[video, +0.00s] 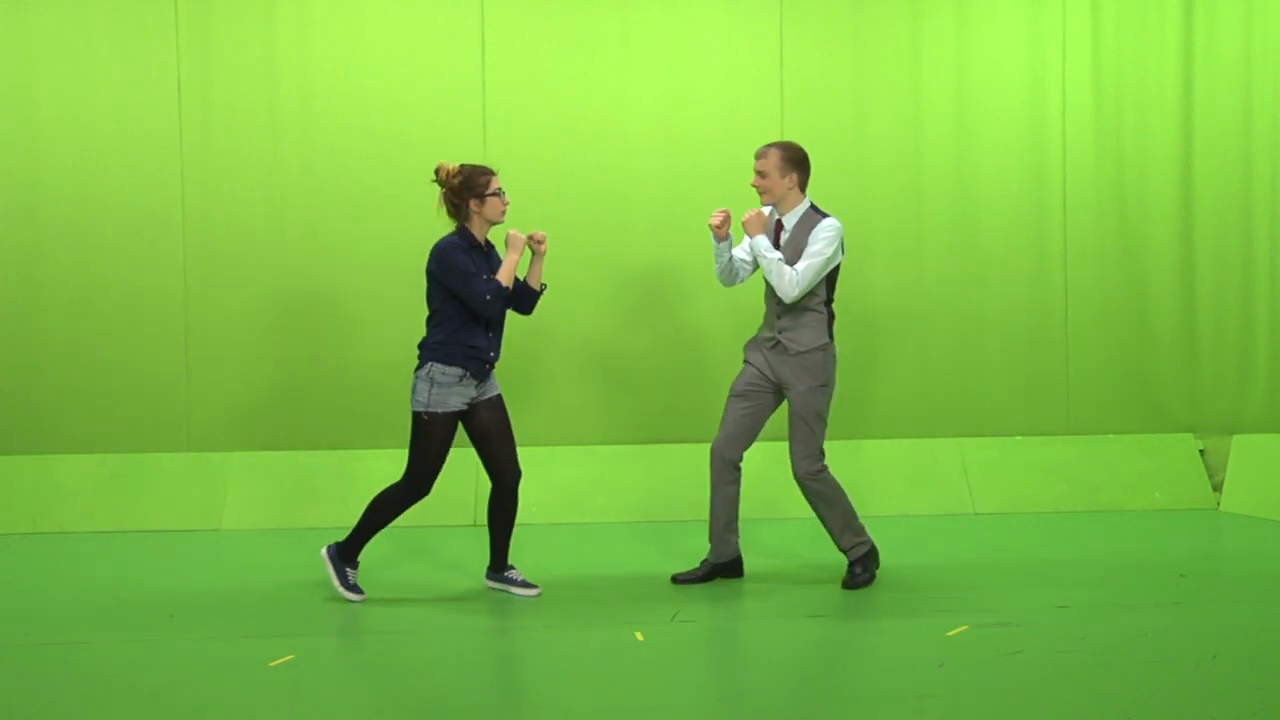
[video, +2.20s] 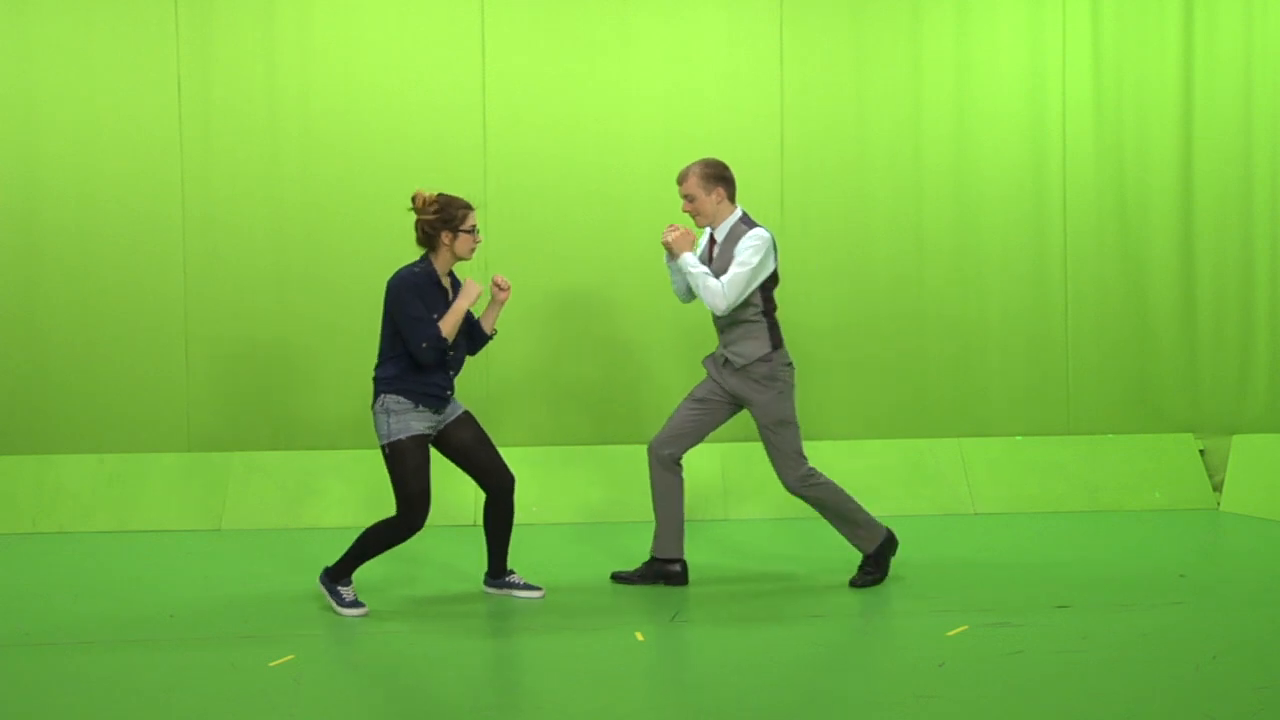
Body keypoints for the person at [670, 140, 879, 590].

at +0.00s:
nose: (755, 183)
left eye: (762, 176)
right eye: (755, 175)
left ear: (792, 179)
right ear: (777, 180)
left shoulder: (827, 230)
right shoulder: (766, 224)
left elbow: (791, 287)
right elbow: (729, 275)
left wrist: (759, 239)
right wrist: (722, 240)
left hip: (810, 359)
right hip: (765, 354)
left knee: (807, 466)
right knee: (725, 450)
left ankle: (861, 551)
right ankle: (724, 556)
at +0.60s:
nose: (727, 198)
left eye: (734, 191)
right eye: (726, 190)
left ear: (763, 194)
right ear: (755, 196)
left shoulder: (796, 244)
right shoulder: (748, 245)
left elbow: (755, 300)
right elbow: (743, 306)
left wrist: (726, 252)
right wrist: (704, 297)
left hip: (801, 373)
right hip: (760, 368)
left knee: (810, 480)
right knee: (701, 448)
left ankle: (867, 557)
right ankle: (685, 557)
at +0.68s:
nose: (703, 201)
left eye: (709, 193)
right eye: (702, 193)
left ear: (739, 196)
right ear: (728, 198)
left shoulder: (776, 244)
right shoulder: (723, 247)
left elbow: (737, 306)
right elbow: (717, 304)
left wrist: (707, 258)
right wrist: (676, 318)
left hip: (788, 372)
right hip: (743, 371)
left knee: (811, 476)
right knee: (688, 448)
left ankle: (867, 557)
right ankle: (679, 559)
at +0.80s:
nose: (660, 211)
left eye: (666, 203)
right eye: (660, 202)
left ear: (697, 205)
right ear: (688, 206)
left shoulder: (746, 243)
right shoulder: (676, 246)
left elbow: (727, 307)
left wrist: (681, 264)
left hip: (779, 361)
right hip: (735, 365)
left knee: (814, 460)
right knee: (683, 452)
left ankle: (875, 553)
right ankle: (677, 559)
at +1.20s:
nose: (658, 198)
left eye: (664, 190)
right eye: (657, 190)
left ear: (694, 191)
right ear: (683, 193)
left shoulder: (738, 230)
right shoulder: (678, 238)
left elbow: (712, 292)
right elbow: (651, 293)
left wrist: (668, 253)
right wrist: (626, 267)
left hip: (761, 357)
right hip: (715, 359)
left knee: (796, 460)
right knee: (676, 455)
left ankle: (865, 542)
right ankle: (676, 560)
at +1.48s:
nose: (720, 190)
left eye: (727, 182)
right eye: (719, 182)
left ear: (757, 185)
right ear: (745, 187)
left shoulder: (793, 232)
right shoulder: (735, 236)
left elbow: (764, 293)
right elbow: (712, 292)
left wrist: (725, 251)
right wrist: (691, 261)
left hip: (799, 364)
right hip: (754, 362)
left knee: (823, 465)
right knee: (705, 451)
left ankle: (874, 555)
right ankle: (678, 557)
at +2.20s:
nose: (687, 207)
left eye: (691, 198)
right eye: (683, 200)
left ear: (719, 194)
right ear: (713, 198)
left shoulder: (756, 239)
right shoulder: (710, 240)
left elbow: (720, 298)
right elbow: (686, 291)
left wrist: (685, 256)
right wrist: (675, 254)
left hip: (765, 372)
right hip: (727, 370)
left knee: (795, 475)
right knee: (664, 450)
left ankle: (878, 542)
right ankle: (668, 561)